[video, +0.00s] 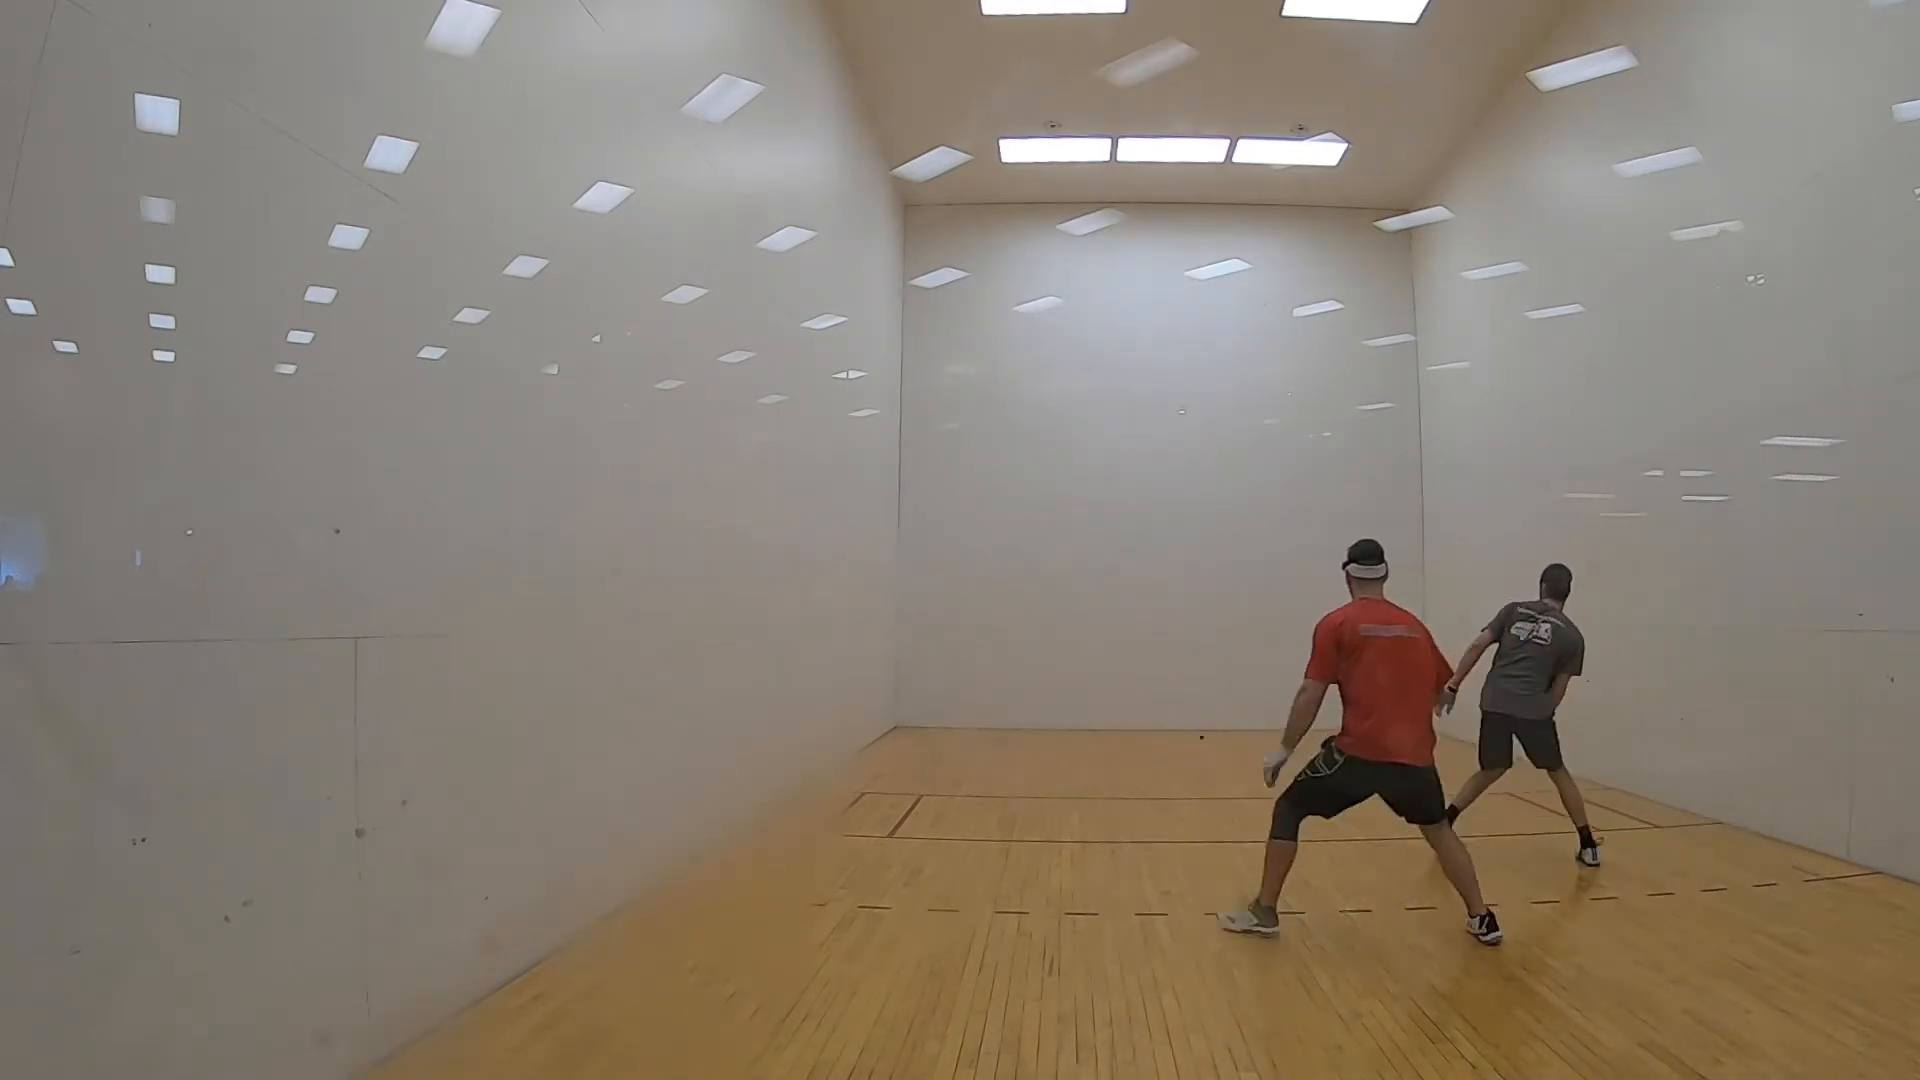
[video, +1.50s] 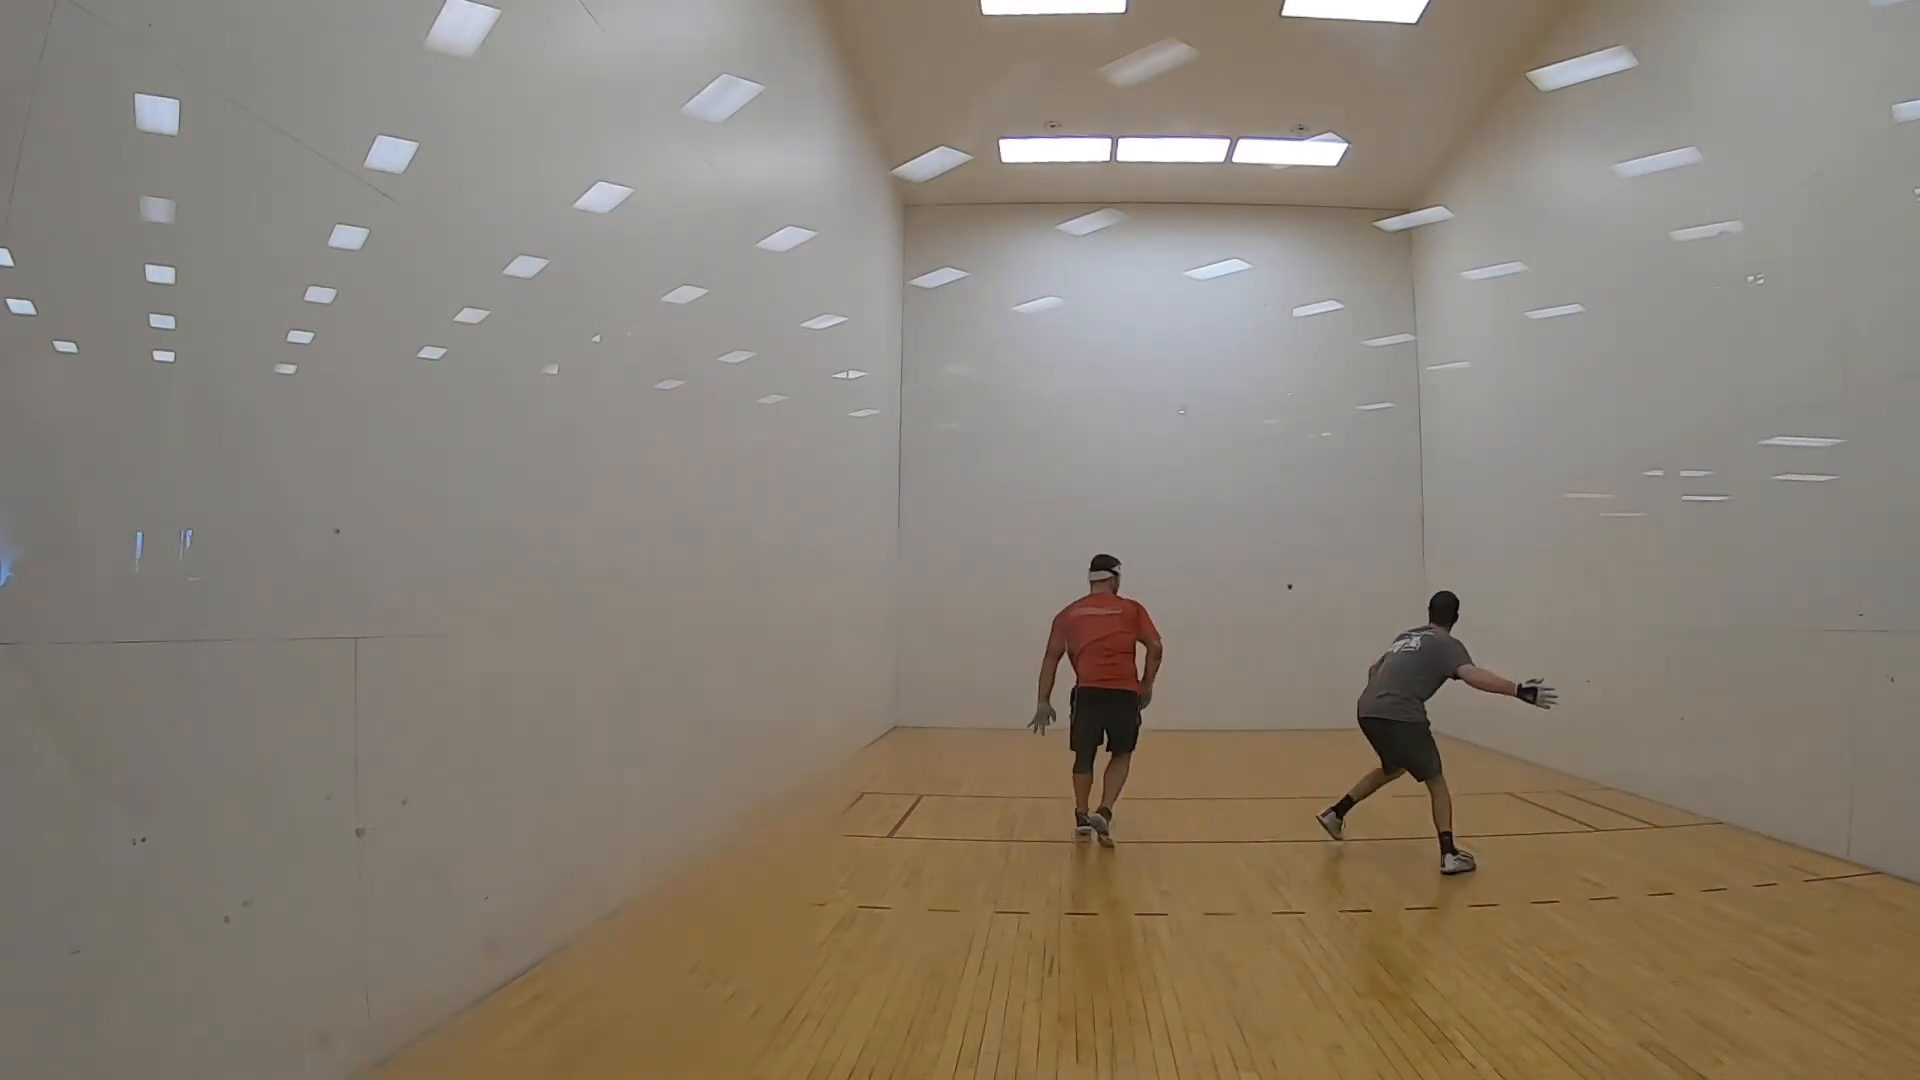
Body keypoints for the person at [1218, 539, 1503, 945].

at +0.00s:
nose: (1350, 581)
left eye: (1347, 575)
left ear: (1347, 576)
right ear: (1386, 576)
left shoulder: (1336, 624)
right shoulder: (1414, 625)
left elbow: (1310, 696)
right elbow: (1440, 688)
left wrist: (1284, 749)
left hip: (1355, 756)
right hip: (1414, 762)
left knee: (1289, 809)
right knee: (1440, 831)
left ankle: (1264, 910)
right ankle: (1481, 916)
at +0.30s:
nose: (1211, 647)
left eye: (1209, 641)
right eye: (1211, 641)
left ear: (1210, 639)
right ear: (1242, 629)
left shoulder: (1228, 656)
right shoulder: (1275, 646)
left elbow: (1215, 691)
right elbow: (1325, 668)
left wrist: (1175, 719)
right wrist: (1355, 704)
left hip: (1294, 744)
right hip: (1340, 737)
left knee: (1232, 814)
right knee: (1312, 779)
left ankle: (1259, 909)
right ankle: (1314, 862)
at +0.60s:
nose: (1169, 701)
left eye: (1165, 697)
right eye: (1167, 695)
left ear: (1166, 696)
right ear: (1184, 674)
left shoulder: (1183, 723)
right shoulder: (1217, 662)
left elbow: (1206, 762)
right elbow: (1268, 645)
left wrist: (1224, 768)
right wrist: (1311, 666)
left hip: (1262, 725)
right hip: (1288, 707)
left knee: (1285, 803)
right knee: (1245, 772)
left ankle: (1339, 874)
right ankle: (1258, 857)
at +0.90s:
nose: (1130, 648)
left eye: (1124, 647)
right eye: (1132, 641)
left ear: (1118, 650)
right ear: (1142, 633)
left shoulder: (1125, 674)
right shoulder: (1173, 632)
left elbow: (1131, 725)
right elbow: (1215, 616)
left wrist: (1147, 765)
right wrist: (1234, 654)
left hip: (1184, 693)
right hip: (1221, 683)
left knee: (1159, 755)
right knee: (1225, 766)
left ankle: (1195, 818)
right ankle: (1252, 831)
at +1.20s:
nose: (1087, 634)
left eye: (1080, 631)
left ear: (1078, 633)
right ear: (1104, 628)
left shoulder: (1074, 666)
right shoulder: (1131, 652)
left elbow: (1060, 716)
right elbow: (1160, 690)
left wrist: (1051, 757)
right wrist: (1140, 716)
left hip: (1105, 733)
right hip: (1141, 733)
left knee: (1085, 740)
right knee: (1132, 793)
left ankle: (1090, 816)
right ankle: (1164, 820)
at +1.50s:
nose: (1119, 584)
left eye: (1115, 580)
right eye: (1119, 580)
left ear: (1089, 580)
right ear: (1116, 580)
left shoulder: (1067, 615)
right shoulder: (1132, 609)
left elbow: (1051, 658)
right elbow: (1155, 646)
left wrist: (1043, 701)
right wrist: (1147, 686)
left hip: (1086, 698)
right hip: (1124, 698)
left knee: (1083, 757)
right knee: (1121, 753)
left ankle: (1082, 817)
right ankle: (1104, 811)